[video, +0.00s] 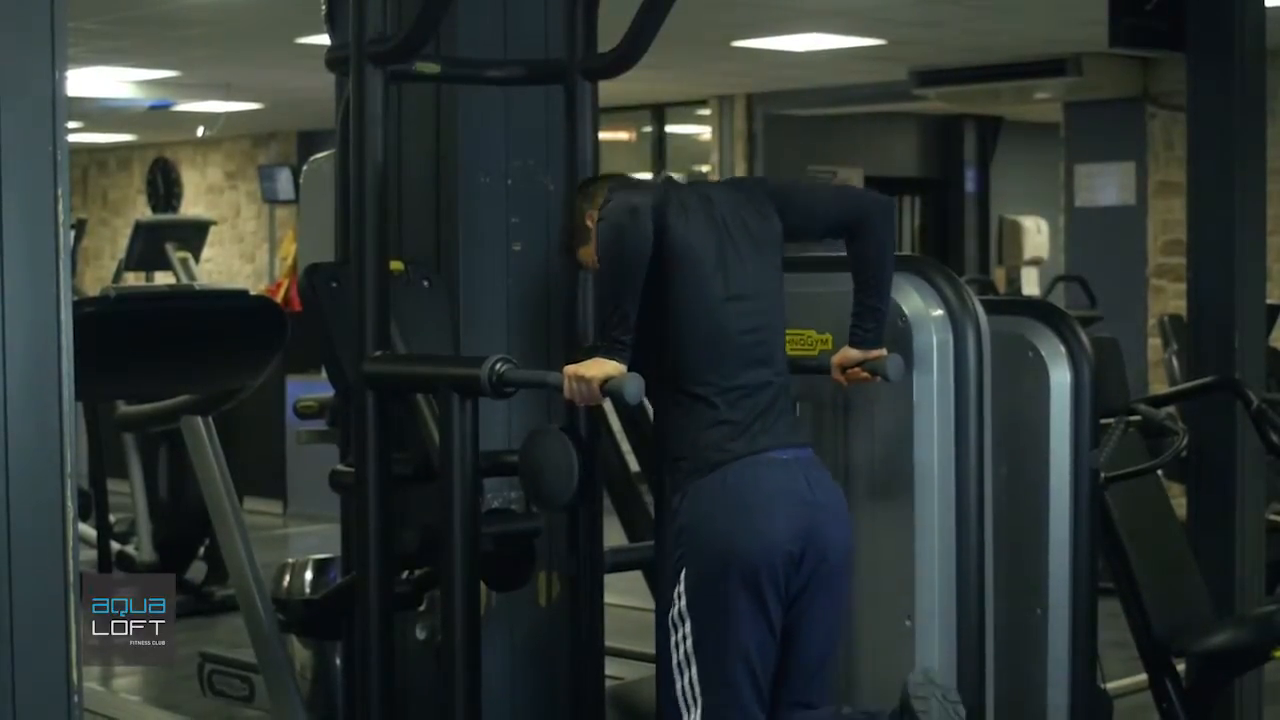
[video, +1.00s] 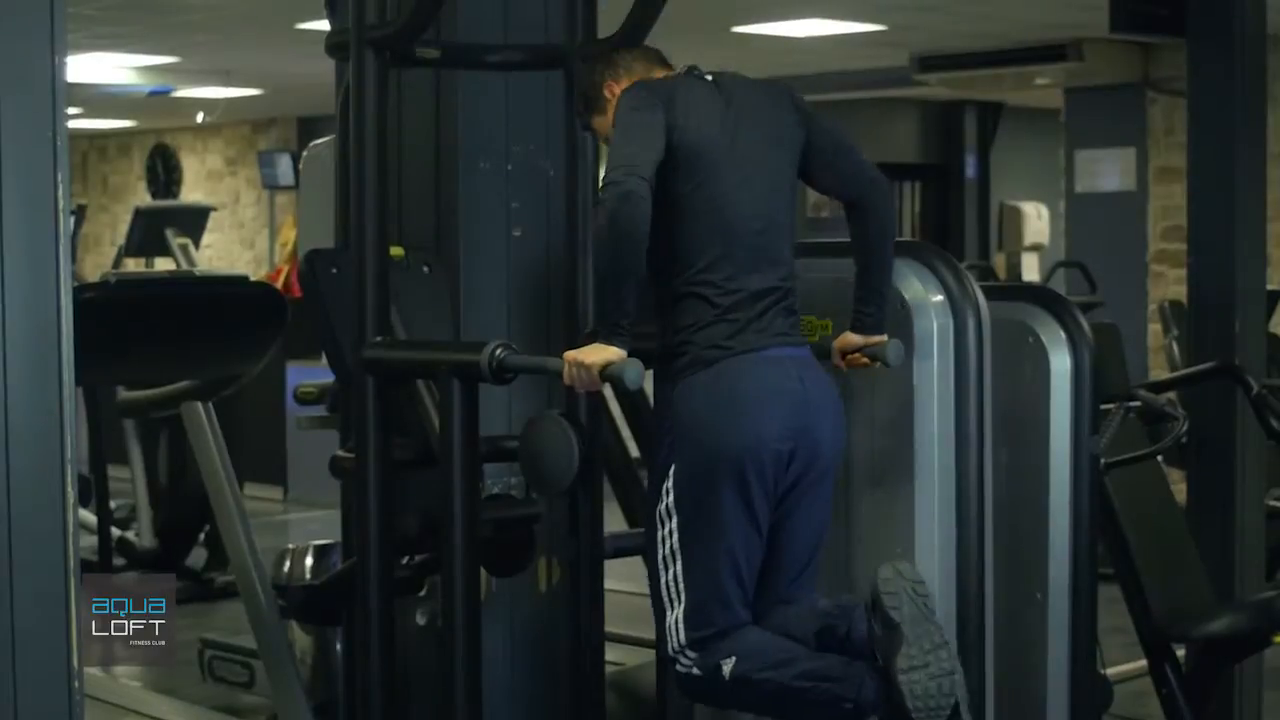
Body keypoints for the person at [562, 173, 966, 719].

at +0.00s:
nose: (599, 268)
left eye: (591, 258)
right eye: (591, 264)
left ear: (597, 220)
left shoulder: (628, 202)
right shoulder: (752, 197)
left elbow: (631, 215)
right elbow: (871, 208)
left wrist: (612, 349)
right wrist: (867, 337)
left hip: (720, 497)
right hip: (806, 478)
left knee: (717, 705)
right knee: (806, 705)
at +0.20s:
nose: (598, 201)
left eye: (592, 187)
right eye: (591, 192)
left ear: (606, 154)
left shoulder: (639, 149)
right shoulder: (762, 152)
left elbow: (625, 212)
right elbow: (873, 206)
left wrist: (610, 346)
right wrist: (868, 335)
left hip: (720, 447)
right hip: (805, 431)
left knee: (714, 694)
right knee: (786, 664)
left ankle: (887, 703)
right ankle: (888, 683)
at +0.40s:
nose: (606, 146)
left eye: (600, 131)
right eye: (600, 139)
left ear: (609, 96)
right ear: (666, 74)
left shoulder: (640, 108)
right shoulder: (769, 111)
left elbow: (631, 206)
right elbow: (864, 200)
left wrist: (611, 339)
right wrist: (868, 330)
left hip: (720, 399)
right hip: (807, 388)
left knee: (705, 654)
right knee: (779, 617)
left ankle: (893, 701)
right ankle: (880, 635)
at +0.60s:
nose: (613, 104)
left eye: (606, 89)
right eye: (605, 96)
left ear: (619, 50)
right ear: (674, 29)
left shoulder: (646, 69)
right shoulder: (781, 77)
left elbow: (635, 194)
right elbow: (853, 193)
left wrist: (615, 333)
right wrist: (867, 321)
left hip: (718, 360)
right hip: (807, 353)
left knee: (698, 613)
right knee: (774, 585)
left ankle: (888, 646)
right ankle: (869, 577)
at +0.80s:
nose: (615, 93)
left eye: (609, 80)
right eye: (607, 86)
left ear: (621, 42)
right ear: (674, 22)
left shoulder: (651, 67)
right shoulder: (782, 73)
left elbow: (637, 192)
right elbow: (857, 188)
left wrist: (613, 329)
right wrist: (866, 317)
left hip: (719, 356)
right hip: (809, 348)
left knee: (694, 611)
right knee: (769, 580)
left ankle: (883, 636)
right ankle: (865, 569)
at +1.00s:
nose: (610, 144)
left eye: (603, 129)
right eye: (602, 136)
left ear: (616, 91)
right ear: (669, 69)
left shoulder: (642, 103)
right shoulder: (776, 103)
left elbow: (627, 200)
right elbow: (871, 190)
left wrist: (613, 333)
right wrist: (870, 321)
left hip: (718, 392)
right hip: (806, 382)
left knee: (697, 650)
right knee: (774, 612)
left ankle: (878, 696)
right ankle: (872, 629)